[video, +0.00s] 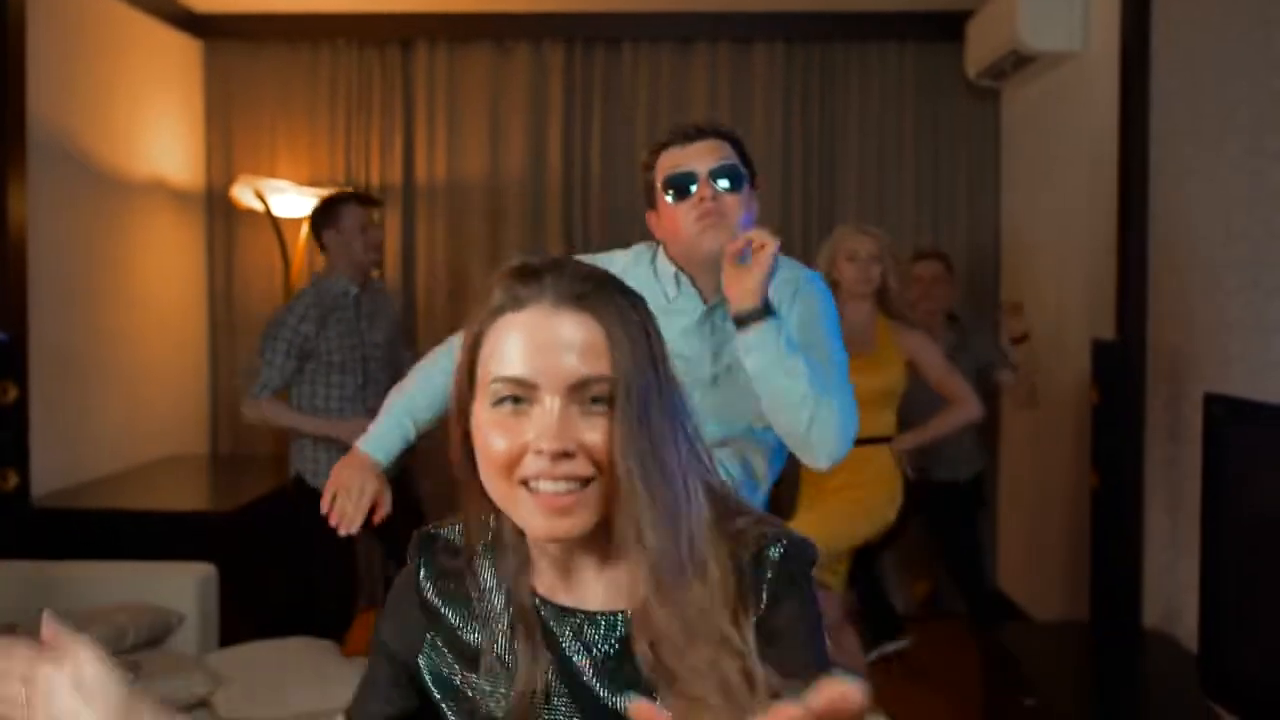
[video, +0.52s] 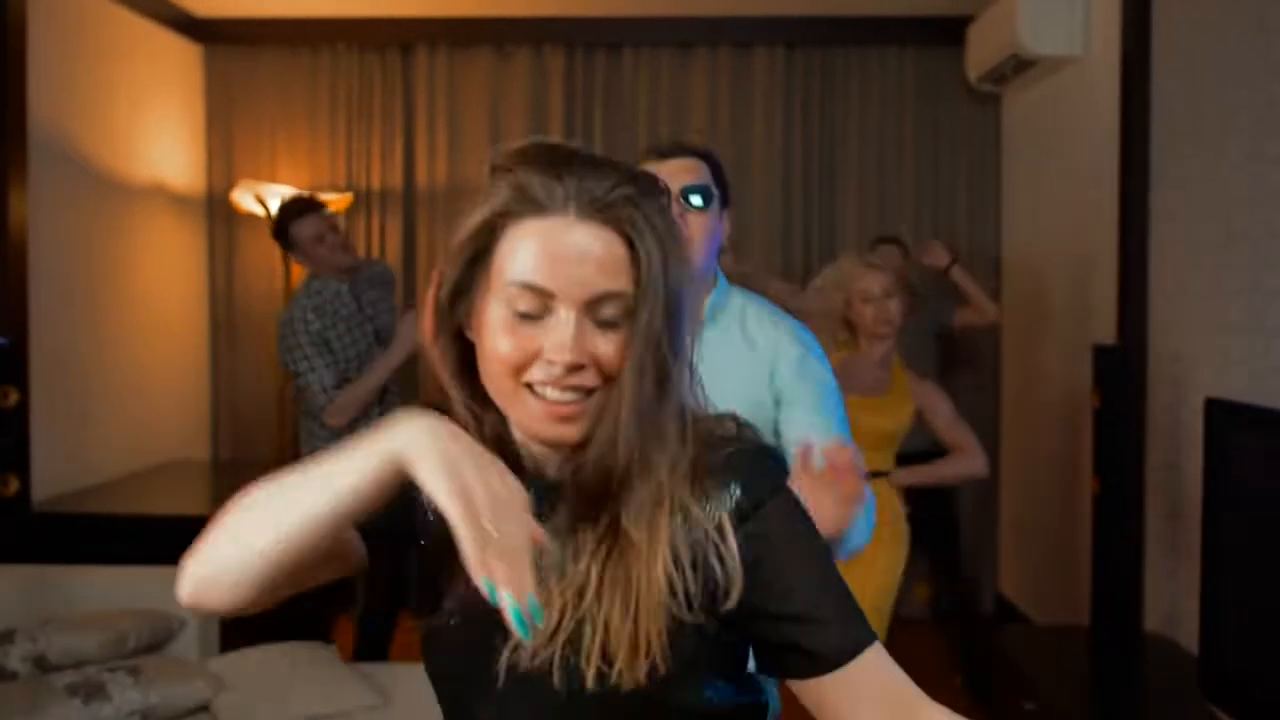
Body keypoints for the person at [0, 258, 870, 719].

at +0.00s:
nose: (551, 441)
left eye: (592, 400)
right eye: (513, 400)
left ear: (646, 418)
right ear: (468, 424)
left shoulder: (764, 578)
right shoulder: (437, 583)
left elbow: (827, 697)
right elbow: (371, 711)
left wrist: (802, 709)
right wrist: (131, 712)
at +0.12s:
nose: (552, 394)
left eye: (592, 356)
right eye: (516, 356)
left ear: (641, 376)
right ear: (467, 376)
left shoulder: (756, 551)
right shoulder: (431, 536)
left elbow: (820, 707)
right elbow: (292, 701)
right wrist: (136, 598)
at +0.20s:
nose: (555, 353)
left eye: (594, 315)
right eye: (517, 311)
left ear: (637, 340)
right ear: (464, 333)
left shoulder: (747, 513)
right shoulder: (420, 503)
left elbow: (848, 713)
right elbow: (244, 687)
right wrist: (152, 520)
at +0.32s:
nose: (557, 324)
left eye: (599, 284)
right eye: (517, 279)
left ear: (647, 311)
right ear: (462, 299)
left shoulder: (739, 472)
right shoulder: (416, 460)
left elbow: (874, 701)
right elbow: (195, 626)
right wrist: (192, 428)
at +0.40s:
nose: (560, 324)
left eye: (602, 285)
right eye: (520, 278)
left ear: (648, 308)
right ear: (463, 295)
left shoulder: (728, 459)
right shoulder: (423, 466)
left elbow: (876, 695)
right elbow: (186, 593)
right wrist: (260, 404)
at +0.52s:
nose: (571, 354)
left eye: (609, 316)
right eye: (530, 309)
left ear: (649, 330)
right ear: (466, 315)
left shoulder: (726, 479)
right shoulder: (435, 487)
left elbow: (878, 701)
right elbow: (208, 584)